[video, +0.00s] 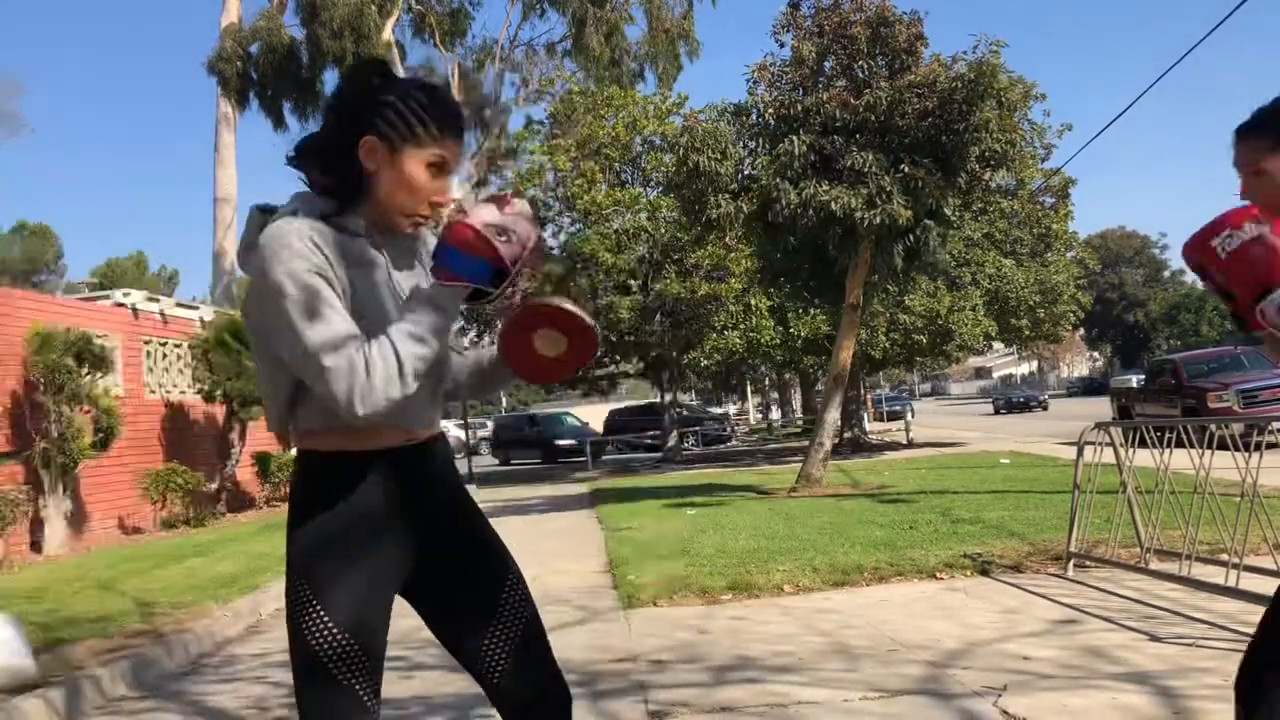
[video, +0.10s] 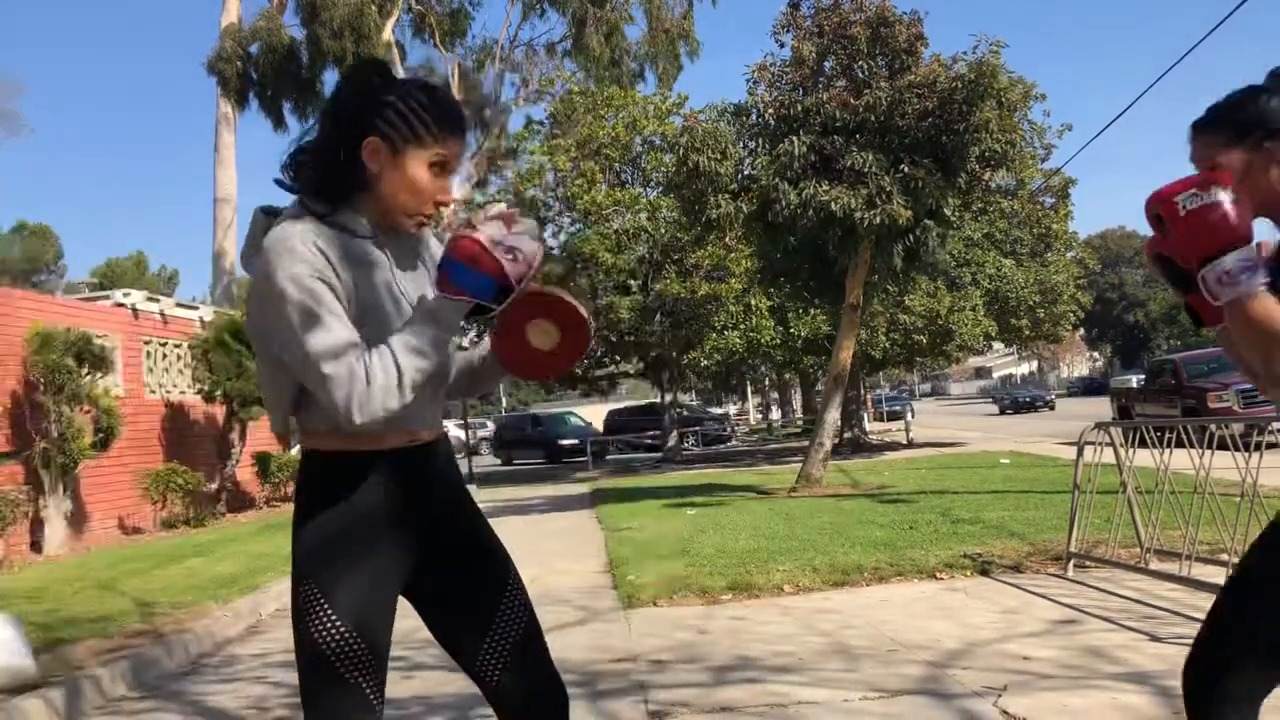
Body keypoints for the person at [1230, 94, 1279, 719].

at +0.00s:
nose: (1243, 188)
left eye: (1255, 170)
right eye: (1241, 171)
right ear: (1251, 171)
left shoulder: (1278, 247)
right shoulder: (1265, 246)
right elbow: (1274, 348)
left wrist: (1269, 303)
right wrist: (1250, 308)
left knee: (1258, 683)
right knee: (1257, 682)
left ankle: (1262, 691)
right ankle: (1260, 690)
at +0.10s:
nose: (1211, 192)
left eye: (1218, 172)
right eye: (1205, 177)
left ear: (1269, 157)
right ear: (1259, 161)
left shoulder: (1273, 240)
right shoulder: (1265, 244)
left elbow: (1270, 365)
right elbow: (1267, 374)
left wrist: (1226, 268)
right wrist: (1204, 291)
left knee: (1219, 680)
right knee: (1219, 677)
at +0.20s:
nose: (1156, 176)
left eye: (1161, 160)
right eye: (1150, 162)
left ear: (1209, 140)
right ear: (1213, 141)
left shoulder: (1270, 204)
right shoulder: (1250, 213)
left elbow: (1220, 340)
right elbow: (1218, 343)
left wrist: (1171, 226)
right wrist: (1145, 273)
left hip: (1278, 481)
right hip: (1269, 476)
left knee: (1198, 679)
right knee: (1198, 678)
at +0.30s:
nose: (1105, 165)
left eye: (1108, 147)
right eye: (1098, 151)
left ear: (1160, 128)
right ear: (1161, 132)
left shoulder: (1242, 188)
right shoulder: (1209, 202)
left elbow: (1189, 331)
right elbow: (1176, 331)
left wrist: (1122, 234)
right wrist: (1106, 255)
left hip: (1262, 458)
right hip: (1248, 455)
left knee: (1191, 675)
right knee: (1268, 660)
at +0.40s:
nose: (1086, 168)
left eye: (1089, 148)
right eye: (1079, 152)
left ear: (1143, 132)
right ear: (1145, 135)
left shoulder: (1217, 192)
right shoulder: (1192, 204)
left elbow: (1188, 344)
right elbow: (1170, 338)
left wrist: (1103, 250)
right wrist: (1092, 256)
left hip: (1249, 453)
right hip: (1238, 450)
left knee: (1177, 673)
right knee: (1260, 665)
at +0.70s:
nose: (1024, 221)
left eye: (1029, 200)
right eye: (1020, 202)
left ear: (1082, 192)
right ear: (1088, 194)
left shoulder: (1145, 254)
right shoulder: (1171, 248)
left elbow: (1145, 410)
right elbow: (1139, 390)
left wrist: (1060, 330)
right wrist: (1062, 320)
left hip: (1202, 501)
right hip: (1250, 496)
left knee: (1021, 683)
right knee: (1217, 697)